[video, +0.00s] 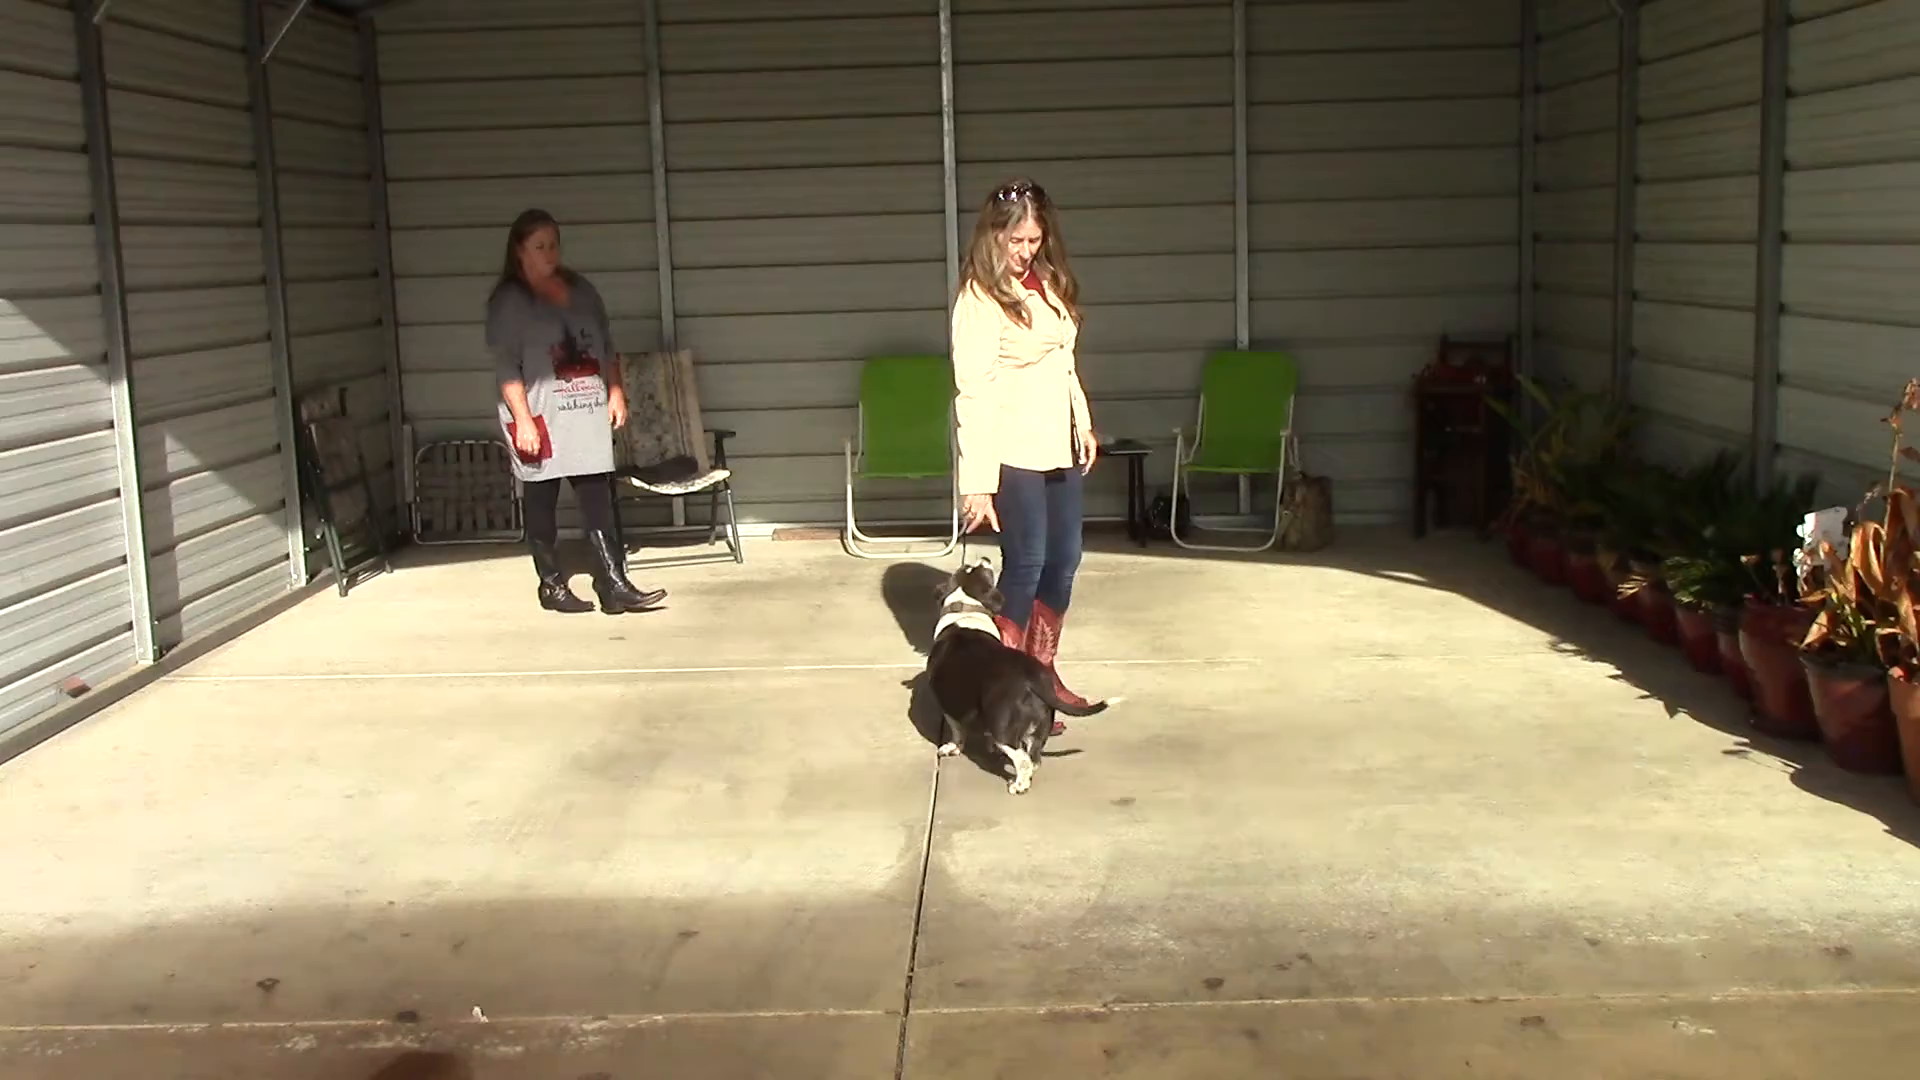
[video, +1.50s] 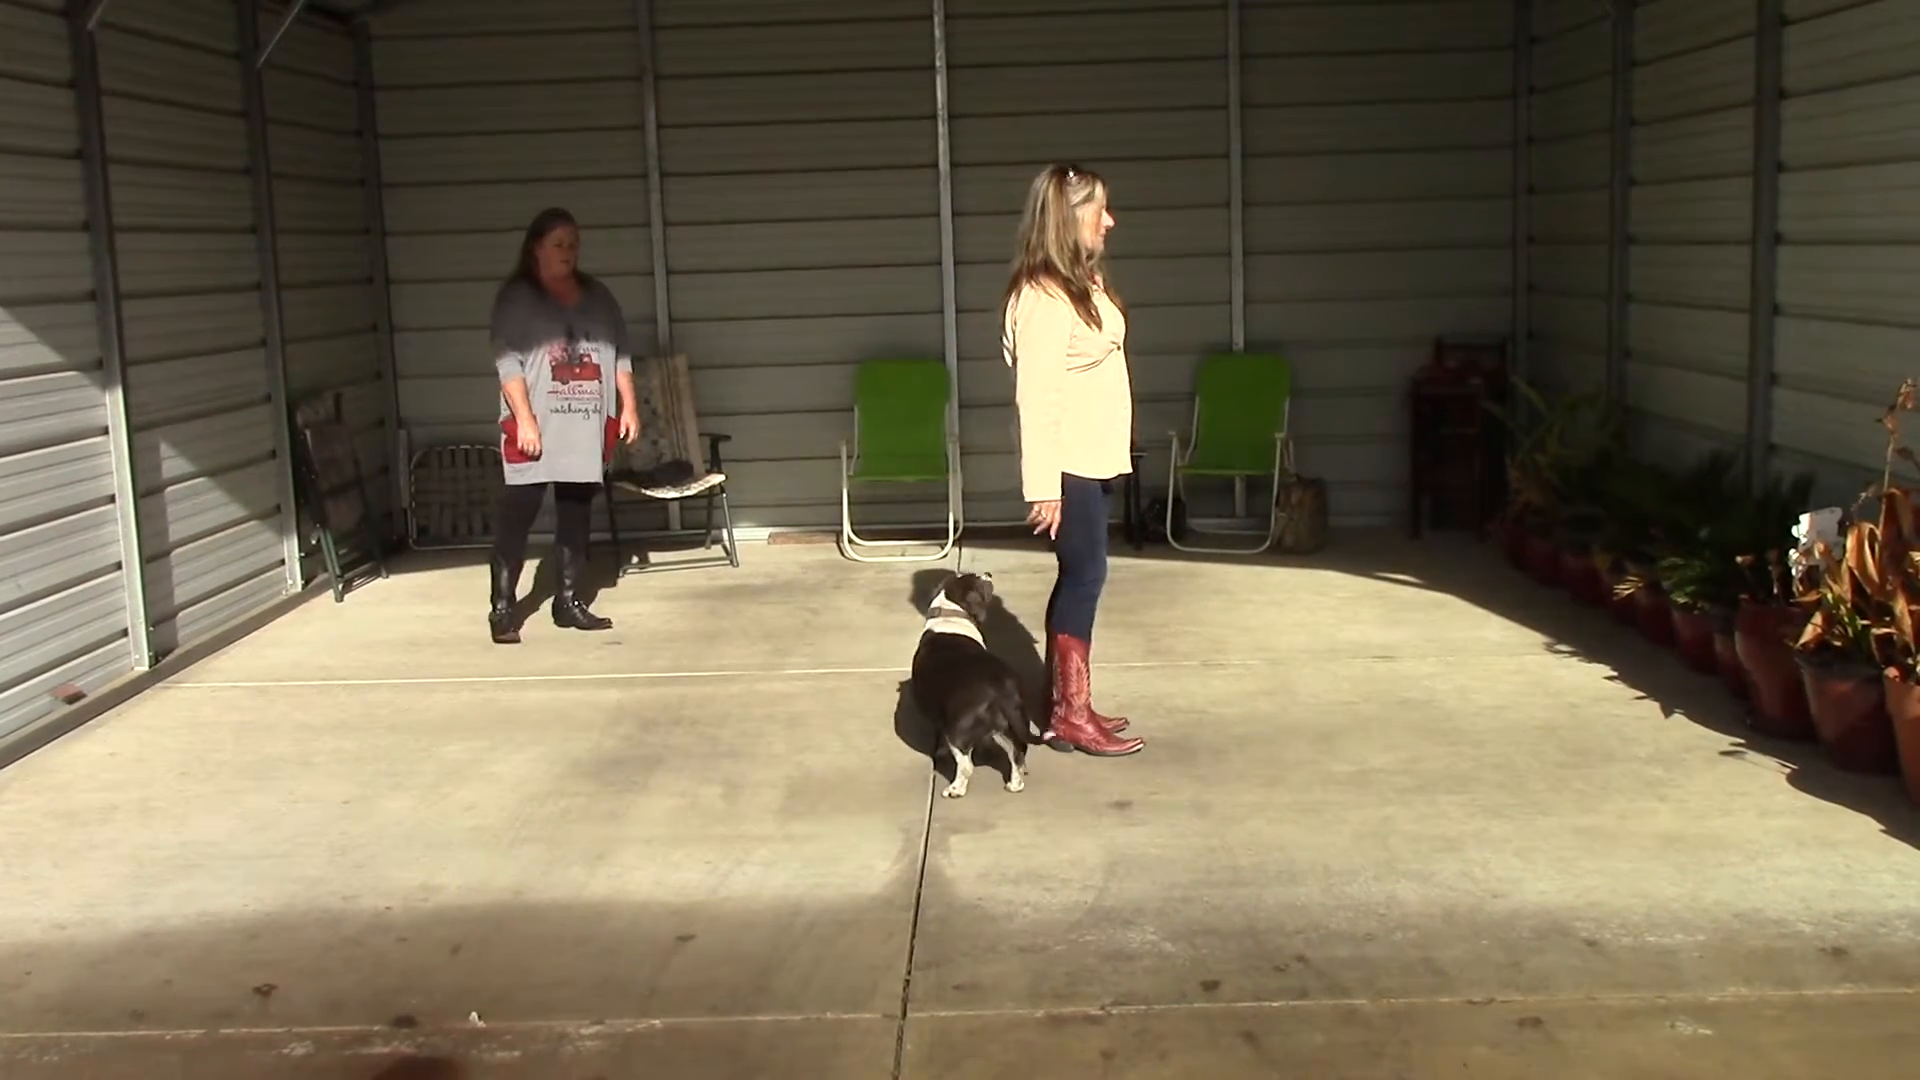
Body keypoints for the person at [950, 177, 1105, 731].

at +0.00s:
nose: (1025, 250)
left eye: (1033, 239)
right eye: (1015, 239)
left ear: (1043, 236)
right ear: (992, 235)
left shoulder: (1047, 284)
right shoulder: (977, 298)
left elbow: (1064, 364)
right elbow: (972, 394)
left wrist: (1082, 424)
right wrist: (976, 480)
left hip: (1060, 445)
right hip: (1011, 447)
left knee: (1064, 559)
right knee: (1025, 564)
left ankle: (1042, 676)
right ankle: (1007, 687)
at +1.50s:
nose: (1108, 222)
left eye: (1106, 211)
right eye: (1098, 212)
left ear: (1076, 220)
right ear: (1068, 217)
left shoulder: (1084, 286)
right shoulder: (1041, 297)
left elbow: (1091, 386)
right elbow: (1035, 399)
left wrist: (1106, 460)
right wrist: (1043, 486)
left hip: (1094, 460)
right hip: (1068, 464)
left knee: (1078, 574)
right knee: (1085, 574)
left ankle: (1068, 704)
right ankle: (1069, 714)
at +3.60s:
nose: (1211, 201)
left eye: (1207, 192)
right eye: (1202, 193)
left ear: (1159, 204)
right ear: (1180, 203)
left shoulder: (1142, 271)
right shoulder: (1171, 272)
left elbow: (1165, 359)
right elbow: (1174, 358)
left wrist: (1224, 390)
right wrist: (1222, 398)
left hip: (1146, 437)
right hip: (1166, 440)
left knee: (1158, 560)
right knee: (1168, 560)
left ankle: (1151, 693)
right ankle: (1154, 698)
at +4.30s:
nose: (1217, 209)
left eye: (1214, 199)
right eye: (1209, 200)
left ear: (1165, 208)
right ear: (1183, 208)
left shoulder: (1144, 275)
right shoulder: (1171, 278)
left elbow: (1169, 366)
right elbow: (1179, 365)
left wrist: (1233, 383)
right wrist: (1239, 392)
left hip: (1143, 443)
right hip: (1170, 443)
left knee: (1162, 560)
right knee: (1198, 561)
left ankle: (1148, 693)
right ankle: (1158, 698)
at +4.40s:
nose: (1217, 209)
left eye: (1214, 198)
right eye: (1210, 199)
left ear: (1165, 206)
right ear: (1185, 207)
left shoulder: (1145, 272)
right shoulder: (1174, 273)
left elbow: (1167, 363)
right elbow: (1181, 361)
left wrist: (1237, 377)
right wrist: (1243, 386)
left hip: (1144, 440)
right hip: (1171, 441)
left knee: (1161, 559)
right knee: (1195, 560)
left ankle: (1148, 691)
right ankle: (1156, 698)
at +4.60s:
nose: (1218, 207)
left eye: (1214, 196)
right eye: (1210, 197)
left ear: (1167, 204)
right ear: (1184, 204)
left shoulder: (1145, 269)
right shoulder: (1176, 270)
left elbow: (1166, 359)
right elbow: (1181, 357)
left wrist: (1234, 377)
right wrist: (1242, 383)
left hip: (1142, 437)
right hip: (1169, 438)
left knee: (1159, 558)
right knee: (1186, 560)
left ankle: (1150, 692)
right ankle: (1155, 699)